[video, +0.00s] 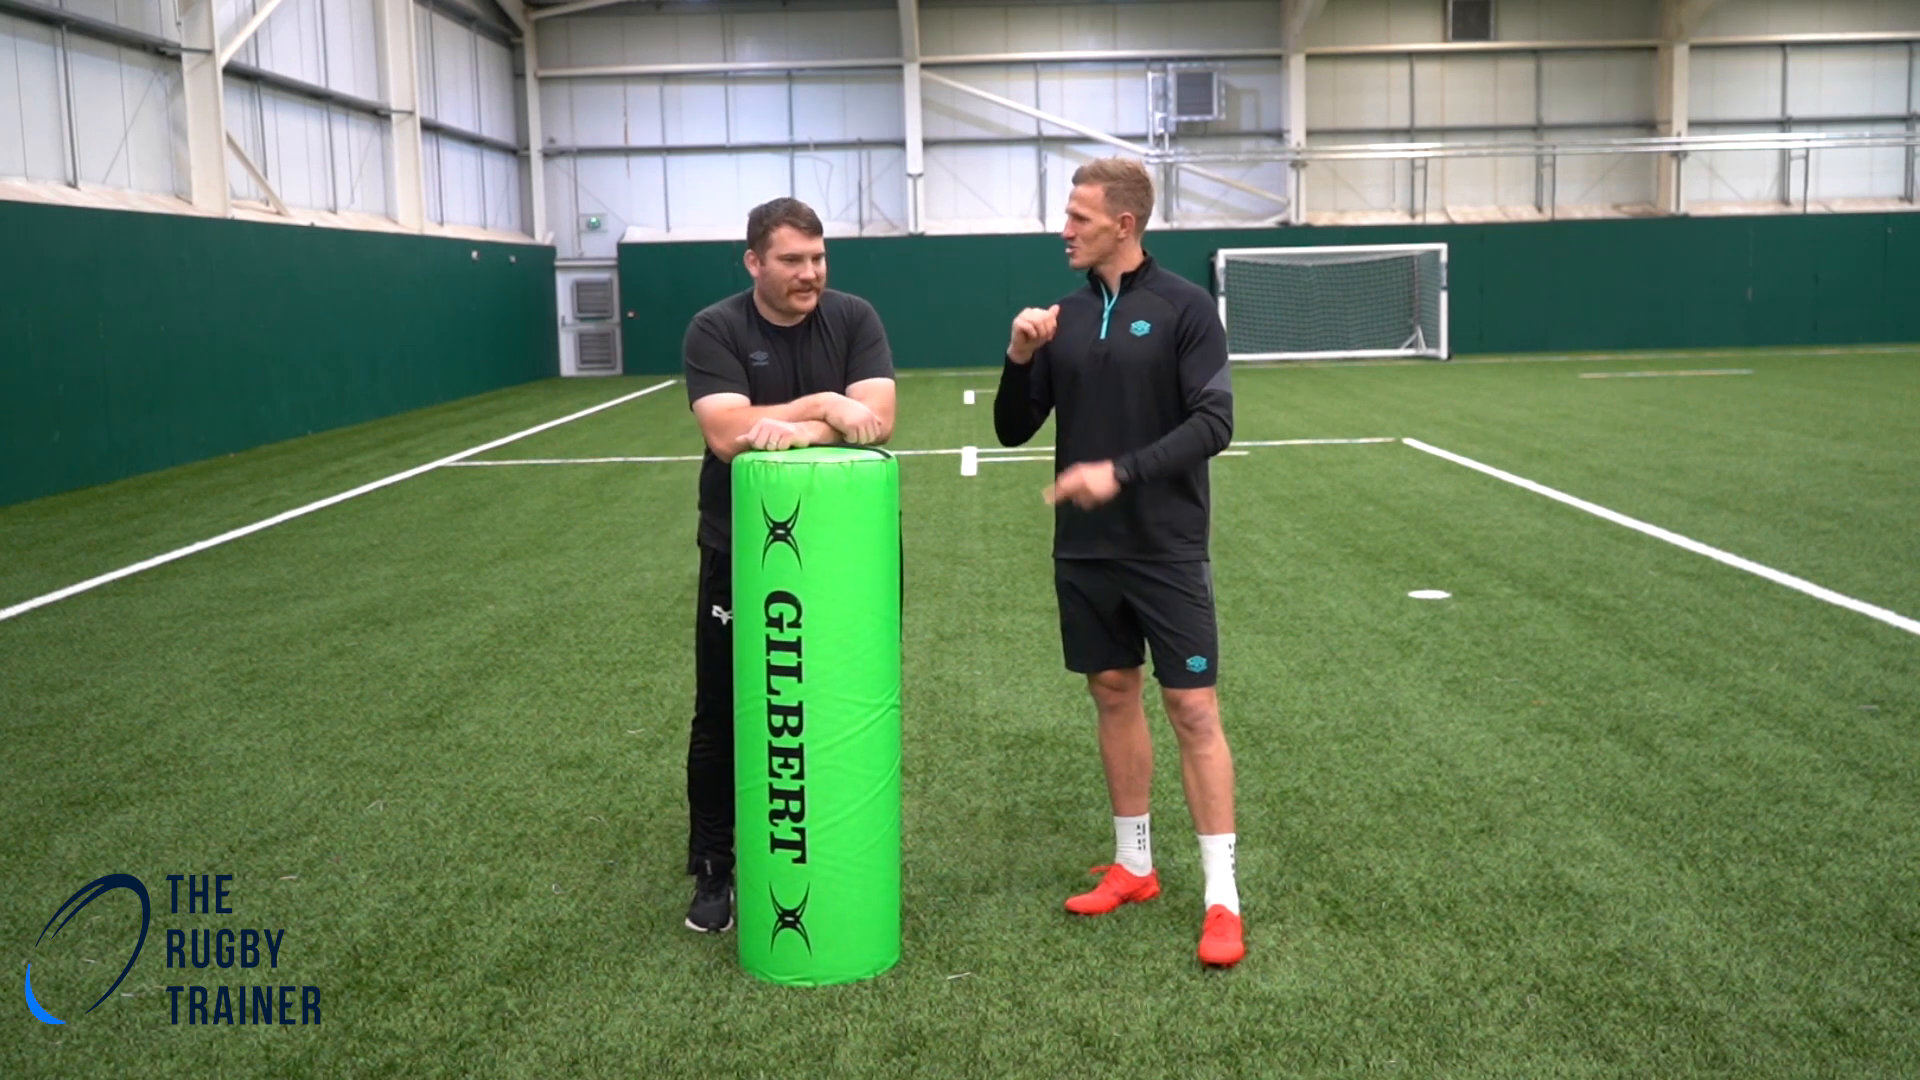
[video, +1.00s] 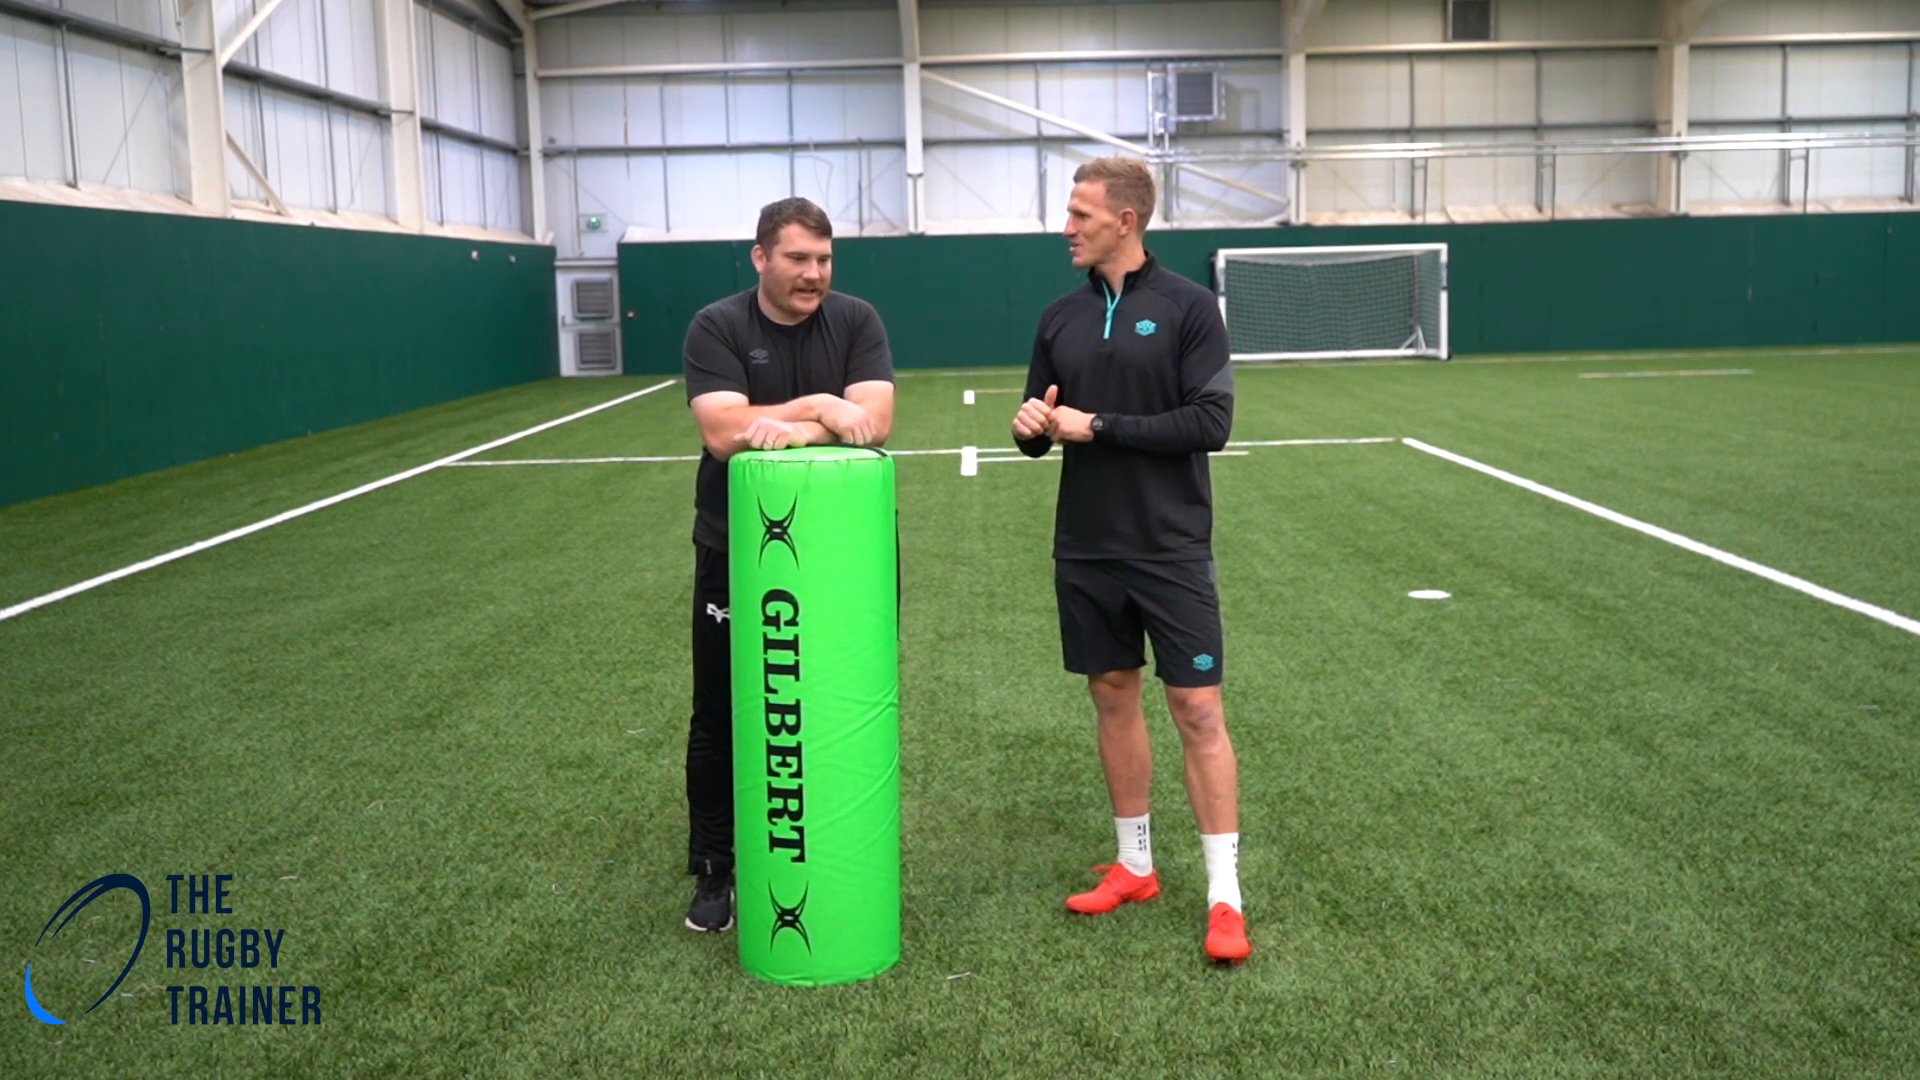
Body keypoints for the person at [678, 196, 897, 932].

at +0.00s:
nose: (808, 273)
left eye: (817, 259)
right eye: (792, 261)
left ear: (827, 258)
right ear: (753, 263)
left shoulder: (854, 318)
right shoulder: (717, 329)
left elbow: (877, 422)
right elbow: (724, 433)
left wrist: (785, 425)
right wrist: (828, 405)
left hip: (836, 553)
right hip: (739, 552)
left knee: (832, 713)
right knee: (723, 714)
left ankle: (830, 873)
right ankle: (715, 870)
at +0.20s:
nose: (816, 276)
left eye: (826, 263)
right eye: (800, 264)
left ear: (836, 261)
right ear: (763, 264)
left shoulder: (864, 319)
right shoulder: (726, 328)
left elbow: (881, 424)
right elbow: (730, 434)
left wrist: (787, 425)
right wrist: (833, 405)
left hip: (840, 555)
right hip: (745, 553)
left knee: (836, 715)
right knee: (728, 713)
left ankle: (830, 877)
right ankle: (716, 870)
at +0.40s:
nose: (822, 277)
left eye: (832, 264)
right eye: (806, 264)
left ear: (843, 263)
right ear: (770, 262)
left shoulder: (868, 321)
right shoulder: (729, 328)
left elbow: (883, 425)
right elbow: (732, 434)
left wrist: (784, 424)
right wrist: (833, 407)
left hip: (843, 554)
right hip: (747, 552)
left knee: (838, 715)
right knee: (728, 712)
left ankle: (832, 877)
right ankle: (717, 870)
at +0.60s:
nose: (823, 276)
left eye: (834, 263)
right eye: (808, 263)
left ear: (845, 264)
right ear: (772, 260)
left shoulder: (867, 322)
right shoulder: (729, 327)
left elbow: (883, 425)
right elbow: (728, 433)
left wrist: (781, 423)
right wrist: (832, 408)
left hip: (840, 554)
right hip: (745, 551)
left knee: (836, 714)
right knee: (728, 712)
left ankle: (832, 877)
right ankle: (716, 870)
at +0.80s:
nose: (819, 274)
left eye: (829, 261)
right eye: (803, 261)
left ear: (841, 263)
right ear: (768, 260)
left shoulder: (863, 321)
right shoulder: (725, 327)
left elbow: (878, 425)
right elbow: (726, 433)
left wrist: (780, 424)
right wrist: (828, 408)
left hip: (838, 554)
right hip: (741, 552)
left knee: (833, 715)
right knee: (725, 714)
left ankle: (829, 877)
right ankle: (716, 871)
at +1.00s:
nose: (812, 273)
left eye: (823, 260)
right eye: (797, 259)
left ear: (833, 261)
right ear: (761, 258)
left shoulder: (856, 320)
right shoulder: (718, 326)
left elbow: (873, 424)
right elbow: (721, 433)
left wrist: (779, 423)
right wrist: (823, 407)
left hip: (831, 554)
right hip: (735, 553)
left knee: (828, 714)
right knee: (721, 714)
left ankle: (827, 875)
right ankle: (715, 871)